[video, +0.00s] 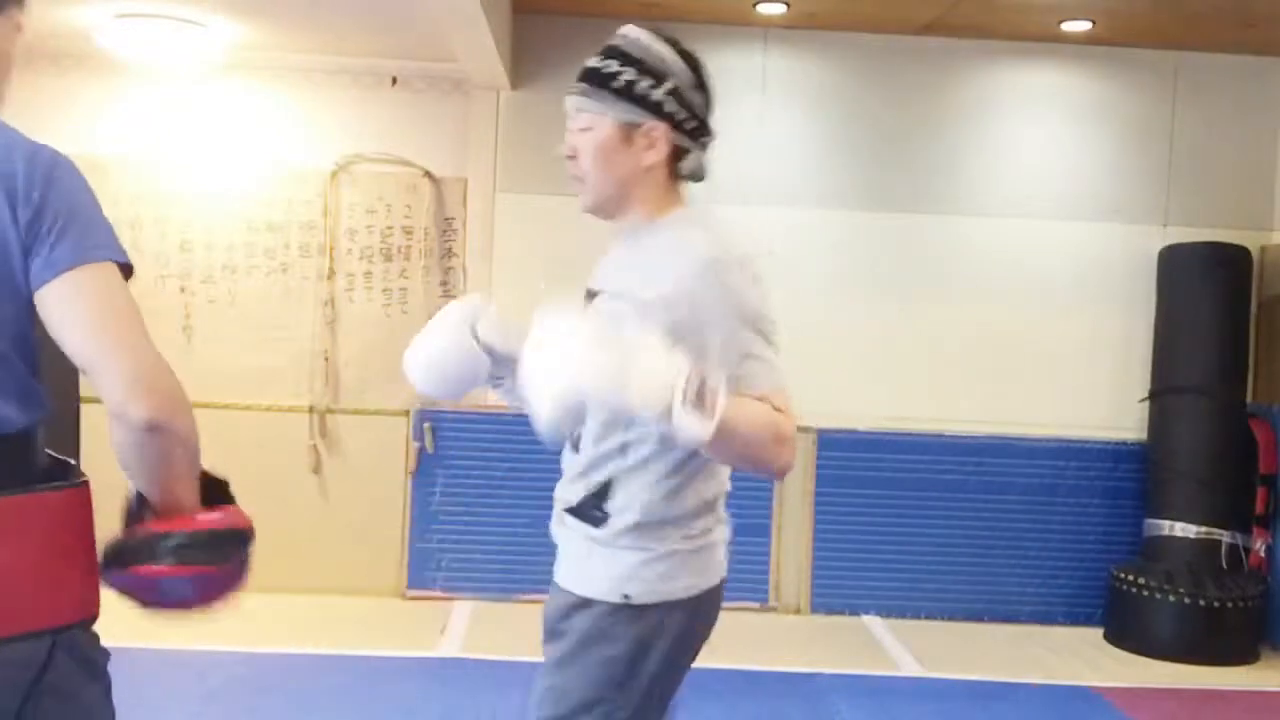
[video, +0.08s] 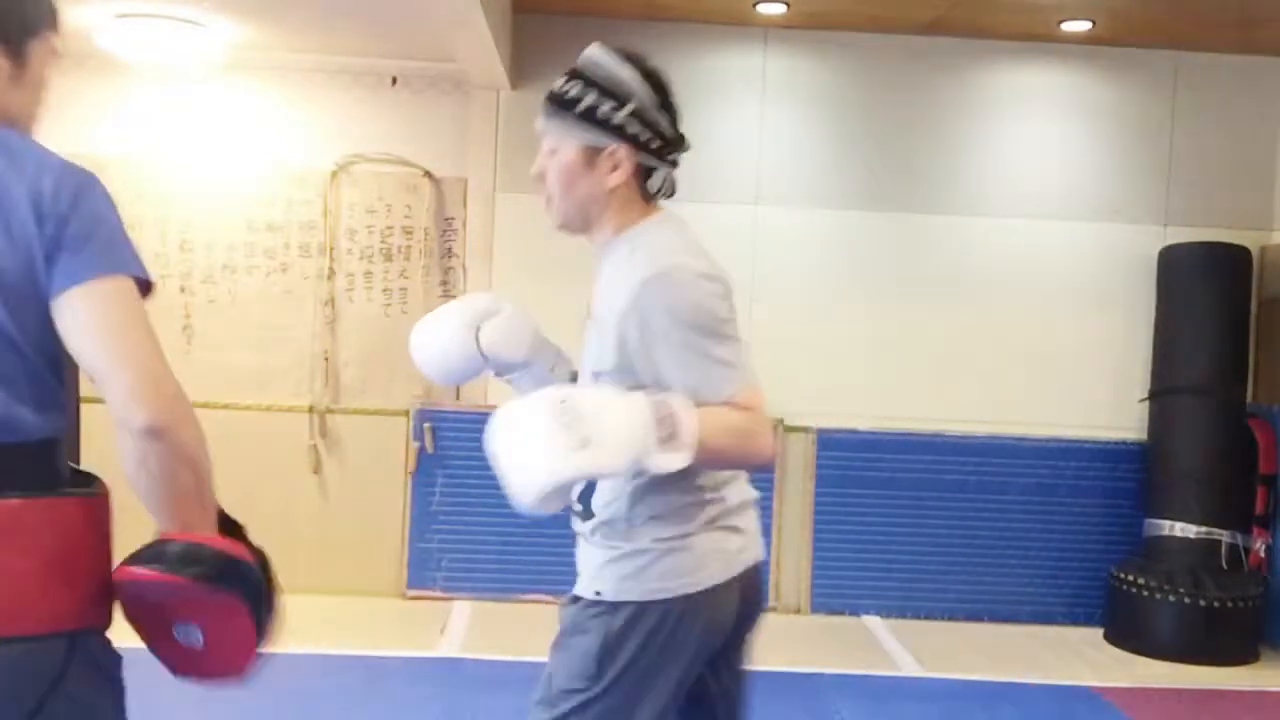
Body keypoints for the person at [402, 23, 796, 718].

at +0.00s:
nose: (565, 150)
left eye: (583, 127)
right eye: (569, 129)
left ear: (652, 142)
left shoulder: (705, 262)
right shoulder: (627, 256)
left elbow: (775, 443)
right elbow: (593, 411)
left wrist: (654, 383)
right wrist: (501, 362)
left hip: (642, 588)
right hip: (597, 575)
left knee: (568, 706)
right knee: (575, 704)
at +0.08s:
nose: (537, 171)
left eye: (552, 150)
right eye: (541, 149)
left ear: (615, 165)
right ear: (611, 167)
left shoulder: (664, 274)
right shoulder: (634, 263)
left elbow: (754, 437)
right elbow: (618, 417)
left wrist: (627, 428)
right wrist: (533, 364)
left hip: (653, 587)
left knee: (571, 707)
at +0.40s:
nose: (702, 218)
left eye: (712, 199)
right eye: (704, 199)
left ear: (756, 205)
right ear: (784, 209)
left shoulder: (741, 298)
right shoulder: (868, 300)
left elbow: (697, 451)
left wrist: (625, 375)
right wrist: (709, 331)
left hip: (773, 620)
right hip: (876, 610)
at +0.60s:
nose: (791, 220)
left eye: (801, 202)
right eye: (793, 202)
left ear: (847, 206)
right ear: (857, 206)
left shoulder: (832, 286)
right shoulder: (945, 292)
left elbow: (830, 443)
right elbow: (927, 432)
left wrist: (756, 410)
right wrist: (790, 390)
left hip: (851, 597)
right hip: (942, 591)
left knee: (734, 713)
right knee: (920, 713)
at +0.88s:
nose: (831, 200)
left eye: (841, 182)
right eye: (835, 182)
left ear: (887, 191)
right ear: (907, 194)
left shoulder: (863, 273)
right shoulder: (984, 290)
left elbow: (853, 426)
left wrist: (770, 373)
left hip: (861, 580)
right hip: (962, 582)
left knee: (760, 710)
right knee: (944, 713)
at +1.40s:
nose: (790, 224)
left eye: (794, 206)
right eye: (790, 206)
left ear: (831, 209)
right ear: (855, 210)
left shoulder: (831, 293)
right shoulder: (928, 292)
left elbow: (830, 447)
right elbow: (927, 433)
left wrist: (736, 402)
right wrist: (803, 385)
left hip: (846, 588)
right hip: (940, 582)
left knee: (712, 711)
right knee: (938, 713)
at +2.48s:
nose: (627, 229)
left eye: (630, 217)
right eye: (630, 216)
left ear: (642, 224)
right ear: (702, 228)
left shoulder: (596, 299)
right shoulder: (741, 323)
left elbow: (553, 426)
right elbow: (739, 442)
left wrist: (529, 381)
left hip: (599, 547)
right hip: (699, 546)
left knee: (535, 676)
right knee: (711, 701)